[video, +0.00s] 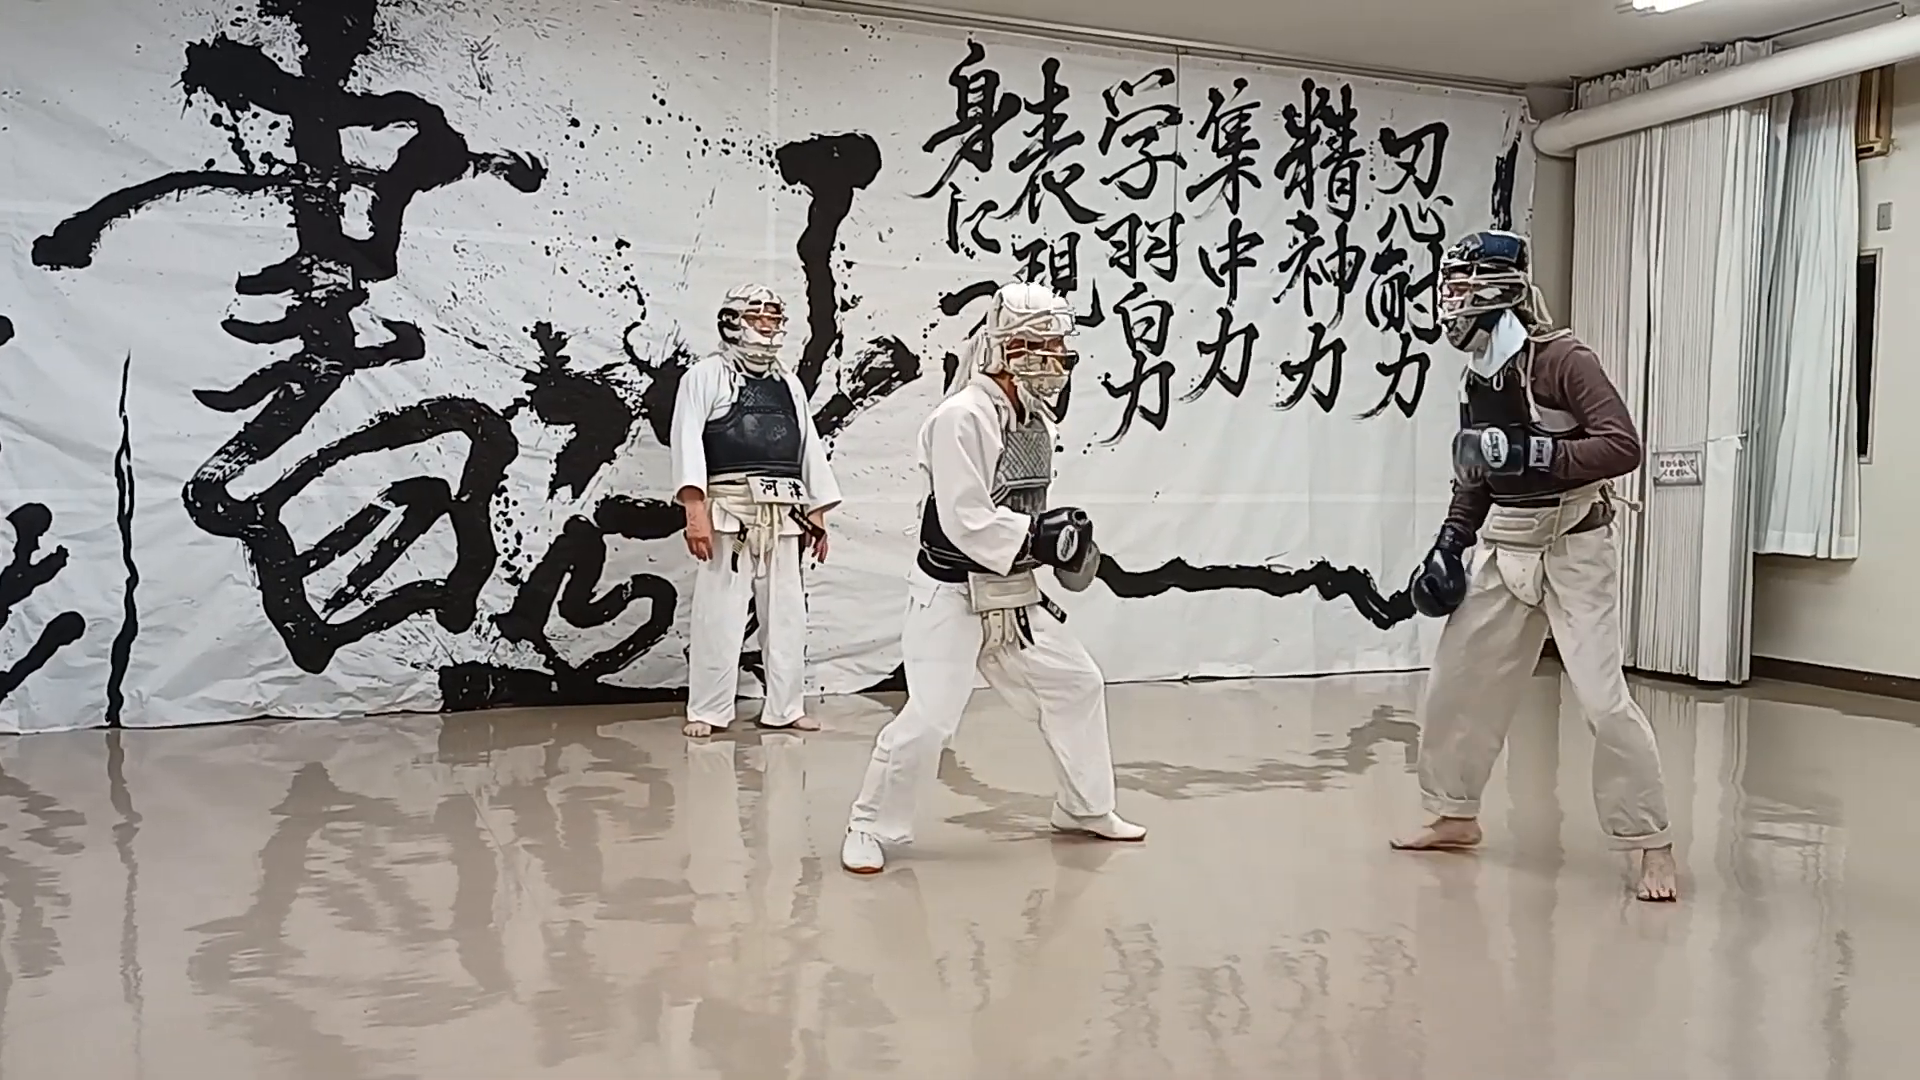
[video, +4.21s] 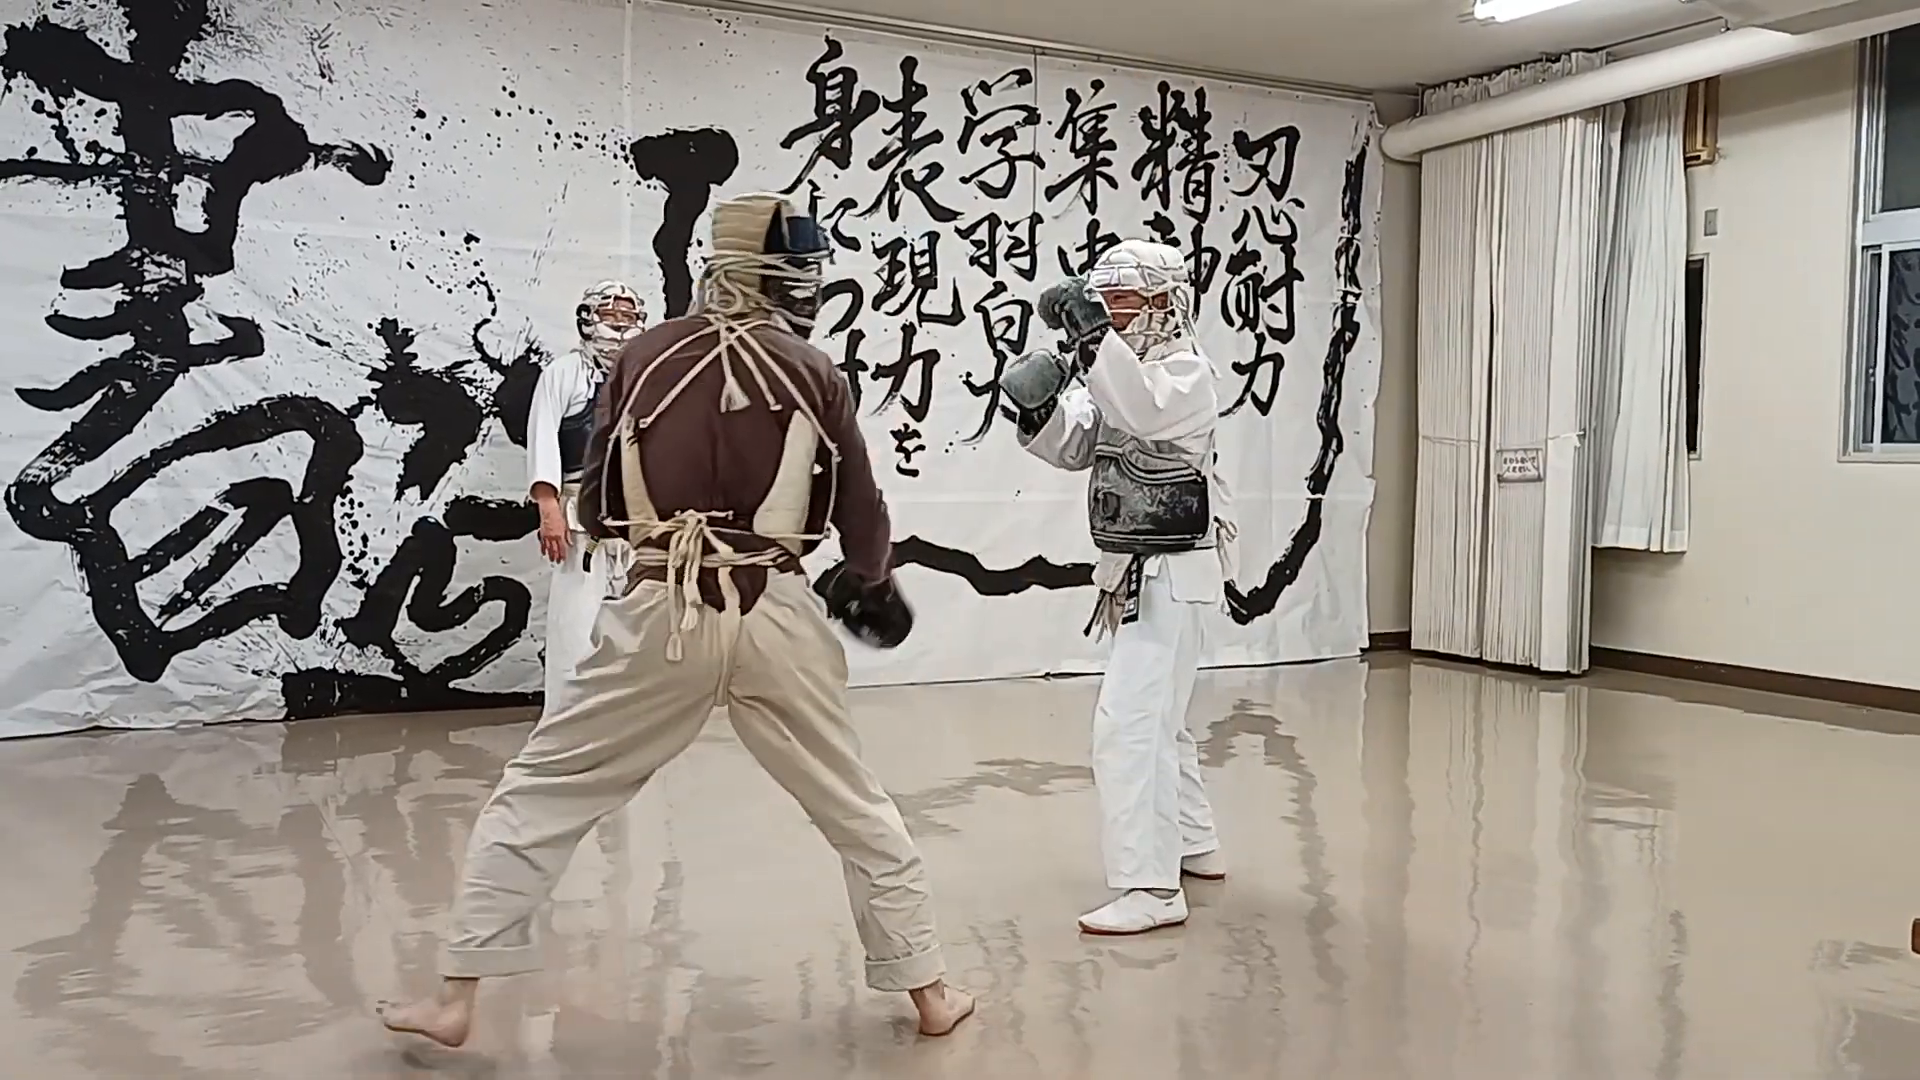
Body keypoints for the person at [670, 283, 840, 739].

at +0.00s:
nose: (768, 325)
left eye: (774, 319)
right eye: (757, 317)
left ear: (781, 326)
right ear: (733, 321)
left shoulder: (789, 382)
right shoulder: (705, 375)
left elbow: (809, 449)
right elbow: (687, 444)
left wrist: (817, 514)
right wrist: (695, 510)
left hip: (784, 512)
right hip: (724, 510)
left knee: (787, 615)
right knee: (718, 615)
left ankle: (784, 709)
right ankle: (707, 713)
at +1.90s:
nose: (717, 321)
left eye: (725, 314)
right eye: (707, 312)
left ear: (733, 322)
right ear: (685, 317)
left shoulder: (744, 379)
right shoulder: (658, 371)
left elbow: (763, 447)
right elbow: (638, 441)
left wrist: (769, 511)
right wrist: (645, 509)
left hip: (737, 509)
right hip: (676, 508)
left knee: (739, 614)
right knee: (669, 615)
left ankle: (736, 709)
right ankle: (659, 714)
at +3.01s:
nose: (641, 317)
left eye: (649, 311)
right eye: (631, 309)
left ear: (658, 320)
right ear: (610, 315)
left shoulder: (673, 377)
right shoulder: (583, 370)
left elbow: (693, 447)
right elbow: (562, 440)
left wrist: (698, 513)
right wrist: (568, 508)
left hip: (663, 511)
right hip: (599, 509)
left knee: (664, 617)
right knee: (592, 618)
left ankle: (660, 711)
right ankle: (582, 716)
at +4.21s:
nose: (624, 311)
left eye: (631, 305)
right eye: (613, 304)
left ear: (639, 316)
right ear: (590, 314)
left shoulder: (645, 368)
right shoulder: (566, 369)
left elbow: (667, 440)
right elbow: (542, 440)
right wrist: (549, 508)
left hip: (639, 512)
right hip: (580, 511)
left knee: (636, 631)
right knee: (574, 632)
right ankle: (563, 738)